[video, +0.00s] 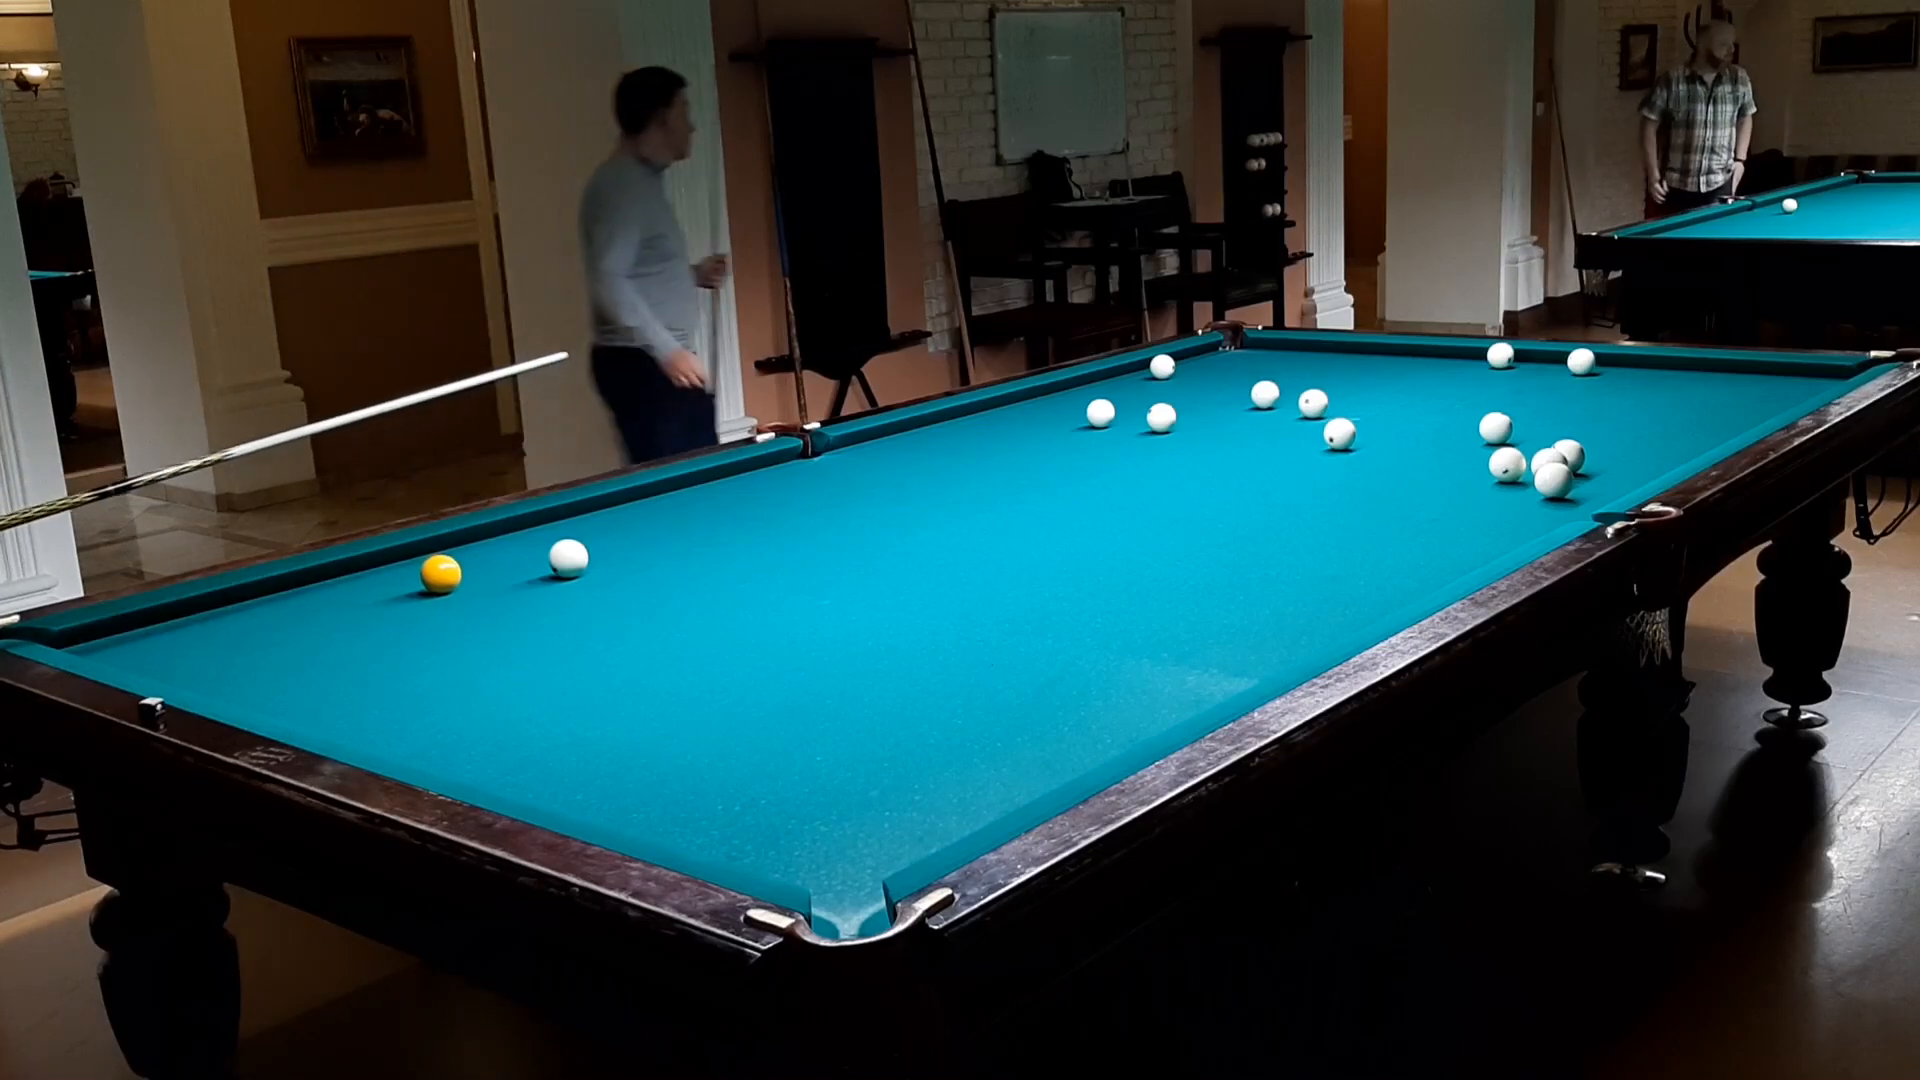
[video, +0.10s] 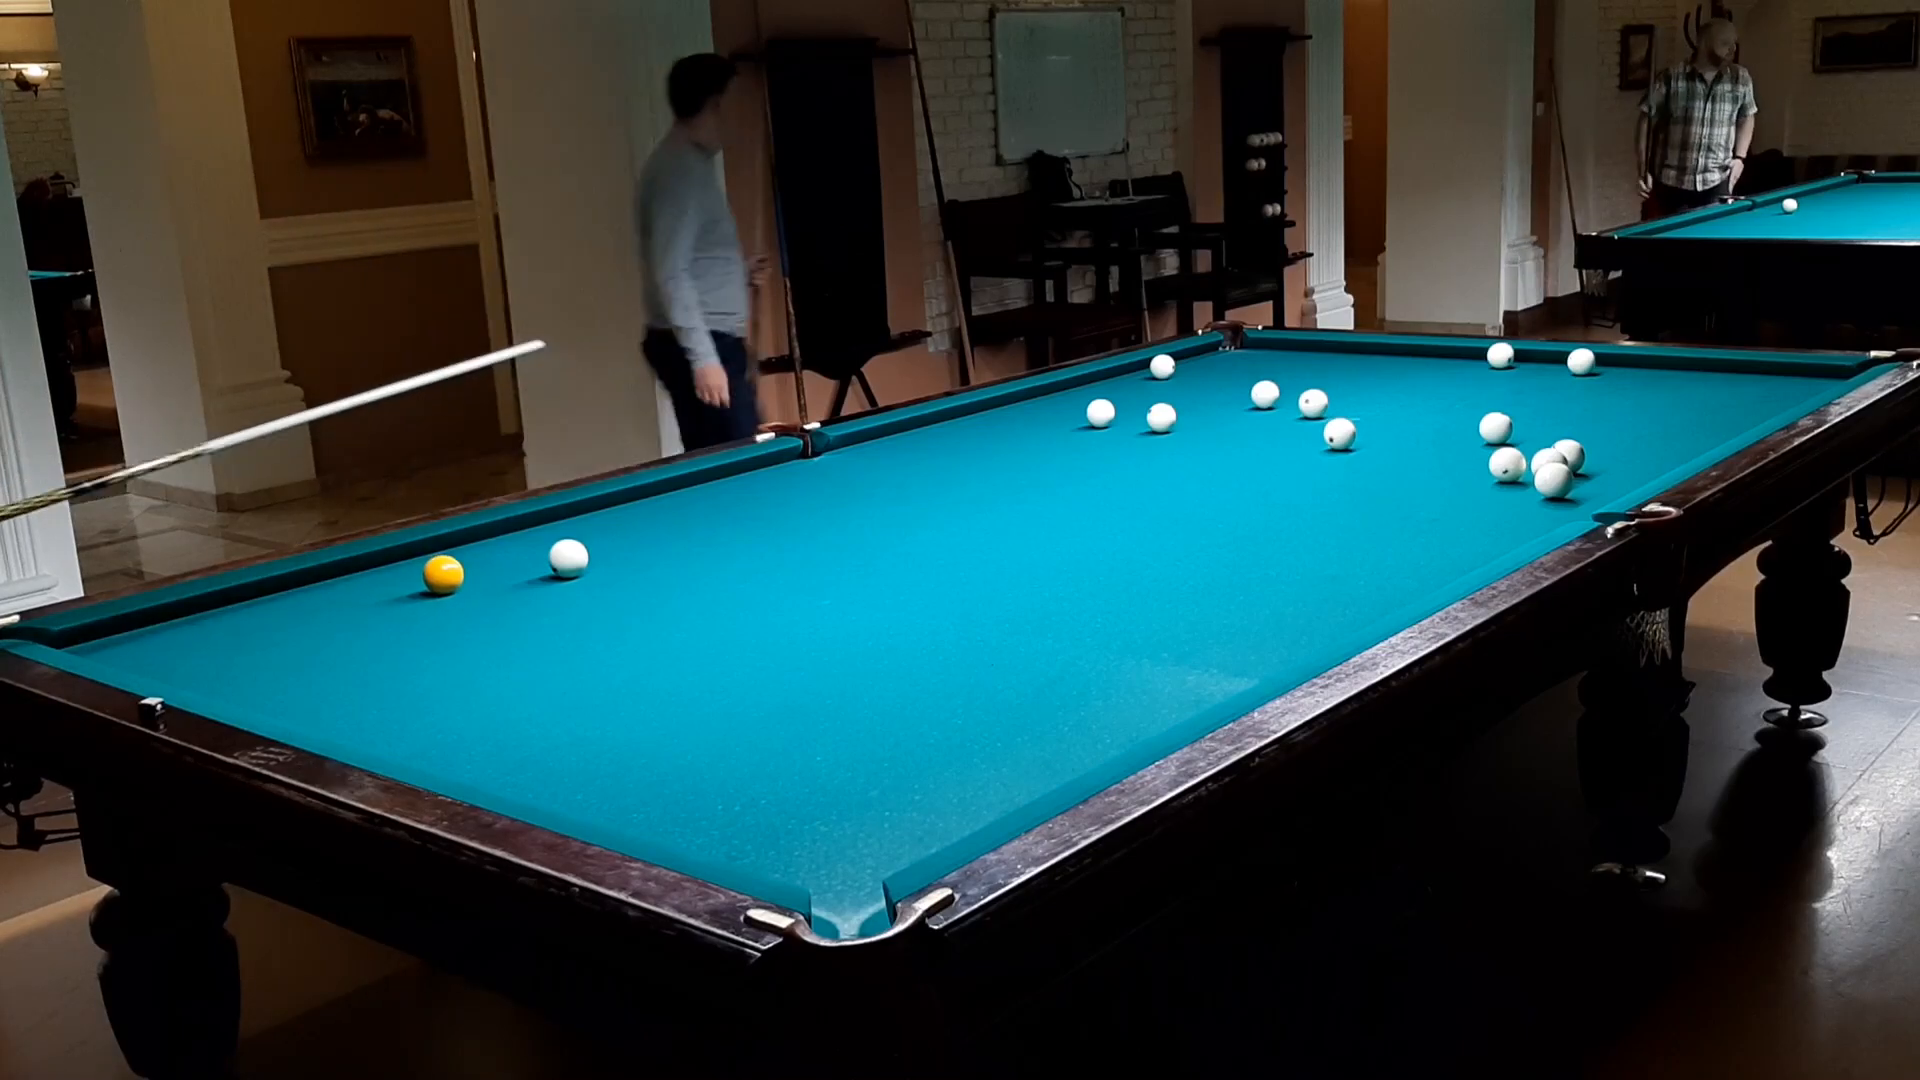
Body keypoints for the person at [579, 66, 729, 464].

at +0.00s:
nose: (692, 127)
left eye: (688, 113)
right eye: (684, 113)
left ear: (655, 121)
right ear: (659, 119)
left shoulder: (643, 180)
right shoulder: (622, 184)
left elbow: (639, 273)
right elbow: (610, 284)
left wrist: (692, 275)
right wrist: (668, 351)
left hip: (661, 359)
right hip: (637, 361)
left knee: (695, 486)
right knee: (675, 490)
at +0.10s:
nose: (729, 119)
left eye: (727, 106)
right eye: (725, 106)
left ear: (687, 106)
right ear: (709, 107)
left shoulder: (692, 162)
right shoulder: (679, 168)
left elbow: (686, 259)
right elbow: (670, 272)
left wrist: (737, 270)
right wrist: (703, 360)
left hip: (708, 336)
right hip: (696, 341)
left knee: (727, 474)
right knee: (734, 473)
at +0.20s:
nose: (793, 115)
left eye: (791, 102)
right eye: (789, 101)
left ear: (734, 102)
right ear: (770, 104)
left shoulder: (713, 160)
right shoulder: (746, 168)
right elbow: (726, 268)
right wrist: (743, 361)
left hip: (724, 333)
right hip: (760, 337)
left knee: (729, 465)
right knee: (818, 446)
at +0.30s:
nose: (846, 118)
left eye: (844, 106)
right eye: (842, 106)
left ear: (791, 110)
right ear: (827, 111)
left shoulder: (764, 167)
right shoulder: (805, 174)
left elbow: (740, 254)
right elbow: (789, 277)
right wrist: (798, 369)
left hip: (773, 343)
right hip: (817, 345)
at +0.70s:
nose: (1023, 98)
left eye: (1020, 87)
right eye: (1021, 87)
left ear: (968, 90)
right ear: (1014, 90)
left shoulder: (932, 153)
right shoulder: (1013, 151)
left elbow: (903, 233)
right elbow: (1060, 229)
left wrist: (955, 252)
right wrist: (1121, 280)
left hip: (952, 309)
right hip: (1002, 309)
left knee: (976, 423)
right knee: (1006, 422)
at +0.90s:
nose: (1079, 98)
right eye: (1078, 91)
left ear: (1027, 102)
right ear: (1075, 95)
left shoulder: (1005, 159)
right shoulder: (1090, 152)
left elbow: (973, 240)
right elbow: (1147, 223)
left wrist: (1023, 266)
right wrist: (1200, 231)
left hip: (1034, 312)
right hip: (1087, 310)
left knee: (1048, 418)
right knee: (1097, 415)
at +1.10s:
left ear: (1076, 87)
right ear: (1126, 78)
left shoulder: (1055, 140)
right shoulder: (1151, 133)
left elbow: (1026, 218)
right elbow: (1202, 206)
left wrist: (1061, 264)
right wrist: (1225, 211)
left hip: (1081, 290)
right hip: (1146, 287)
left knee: (1087, 399)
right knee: (1154, 396)